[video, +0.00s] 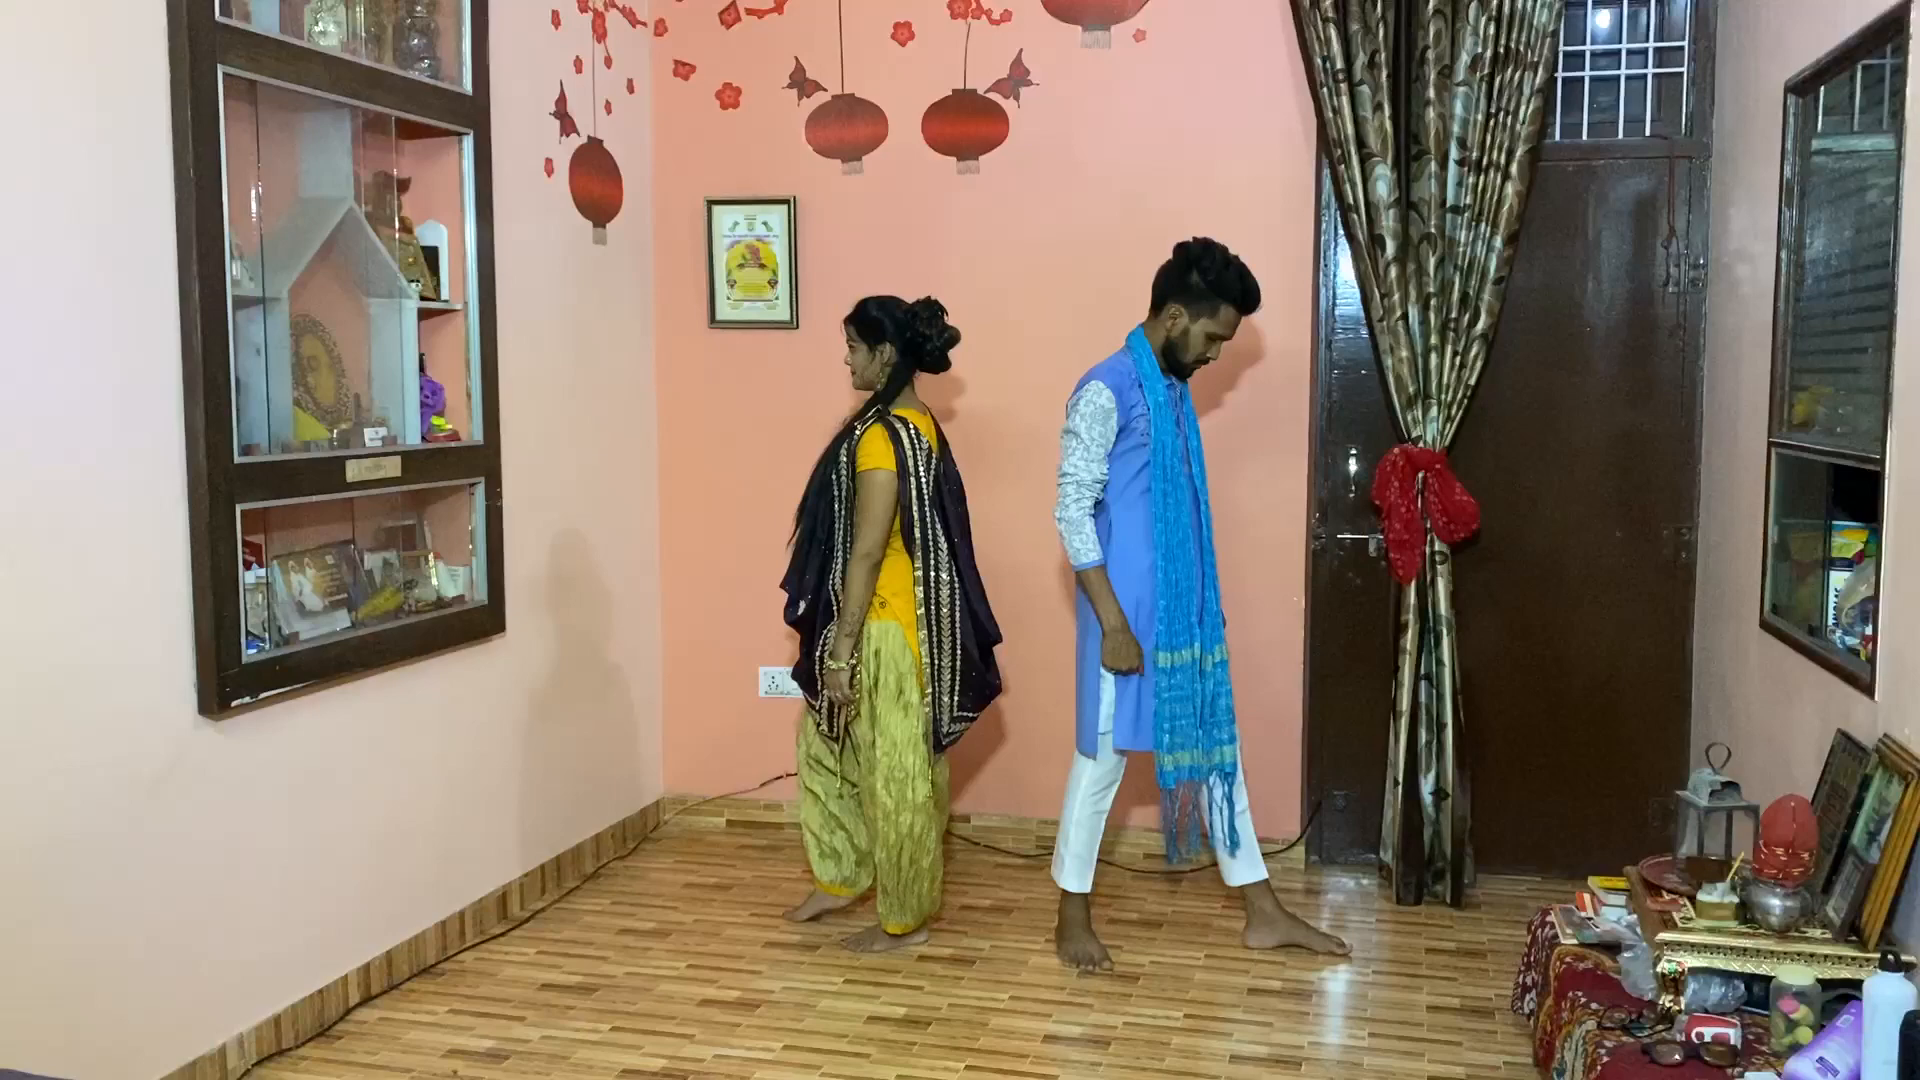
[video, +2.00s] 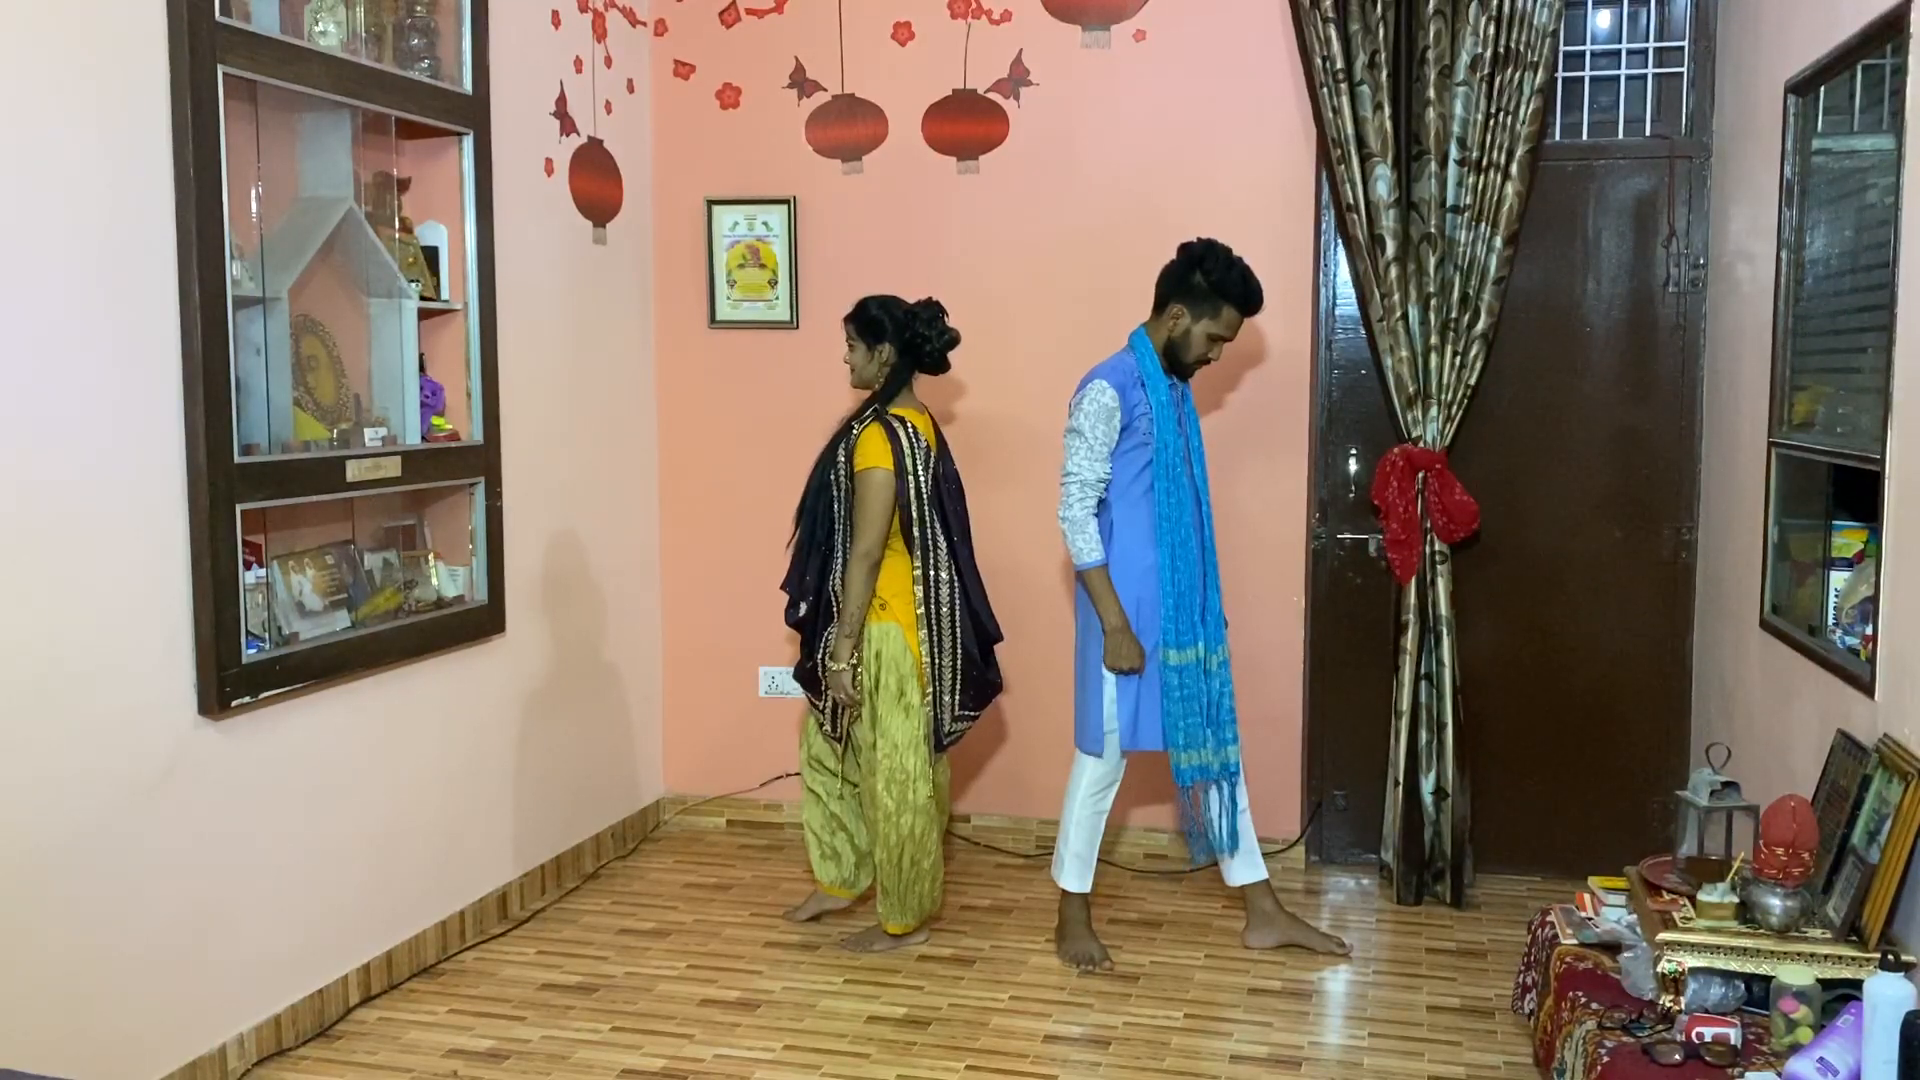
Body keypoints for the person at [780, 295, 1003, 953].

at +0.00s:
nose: (847, 361)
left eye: (855, 349)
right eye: (847, 348)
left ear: (887, 355)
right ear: (895, 356)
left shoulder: (882, 435)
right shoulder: (915, 425)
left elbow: (869, 550)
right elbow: (881, 546)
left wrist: (842, 646)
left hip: (885, 628)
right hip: (883, 619)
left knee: (896, 773)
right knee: (826, 748)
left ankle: (904, 916)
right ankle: (842, 875)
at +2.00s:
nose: (845, 359)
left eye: (854, 347)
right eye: (846, 346)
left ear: (887, 354)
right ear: (894, 354)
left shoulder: (880, 434)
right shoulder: (913, 423)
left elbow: (868, 551)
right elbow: (883, 547)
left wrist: (843, 648)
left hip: (886, 628)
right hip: (884, 618)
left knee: (896, 775)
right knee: (828, 752)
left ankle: (905, 915)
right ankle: (842, 878)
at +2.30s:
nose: (846, 359)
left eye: (855, 348)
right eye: (847, 347)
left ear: (887, 354)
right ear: (894, 354)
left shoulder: (880, 434)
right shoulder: (914, 424)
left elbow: (866, 550)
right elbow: (885, 546)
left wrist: (841, 646)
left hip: (885, 628)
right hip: (883, 619)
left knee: (897, 775)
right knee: (828, 752)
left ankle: (906, 915)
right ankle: (842, 879)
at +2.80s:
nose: (845, 359)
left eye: (854, 347)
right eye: (846, 346)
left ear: (885, 354)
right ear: (894, 354)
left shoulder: (879, 434)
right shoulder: (915, 424)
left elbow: (866, 550)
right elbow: (884, 546)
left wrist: (840, 647)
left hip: (883, 628)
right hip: (884, 619)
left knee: (896, 774)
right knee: (827, 753)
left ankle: (906, 915)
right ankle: (841, 879)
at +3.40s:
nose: (846, 359)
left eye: (854, 348)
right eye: (847, 347)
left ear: (885, 355)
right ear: (897, 356)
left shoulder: (877, 434)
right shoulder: (915, 426)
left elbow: (866, 547)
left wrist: (832, 640)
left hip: (879, 628)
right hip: (893, 619)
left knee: (894, 774)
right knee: (823, 749)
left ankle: (905, 917)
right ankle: (841, 879)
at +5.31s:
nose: (847, 351)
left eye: (843, 340)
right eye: (834, 342)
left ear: (835, 354)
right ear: (800, 357)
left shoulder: (848, 416)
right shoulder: (783, 410)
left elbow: (881, 377)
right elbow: (811, 375)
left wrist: (896, 363)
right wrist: (870, 373)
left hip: (869, 603)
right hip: (797, 606)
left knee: (905, 747)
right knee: (770, 751)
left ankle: (930, 891)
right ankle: (718, 885)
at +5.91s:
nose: (914, 356)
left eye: (913, 344)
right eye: (901, 345)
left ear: (892, 353)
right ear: (866, 355)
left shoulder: (899, 421)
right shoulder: (858, 425)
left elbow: (921, 518)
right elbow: (817, 512)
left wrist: (981, 552)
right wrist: (794, 603)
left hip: (905, 615)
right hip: (861, 613)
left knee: (930, 749)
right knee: (823, 753)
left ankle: (933, 886)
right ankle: (751, 882)